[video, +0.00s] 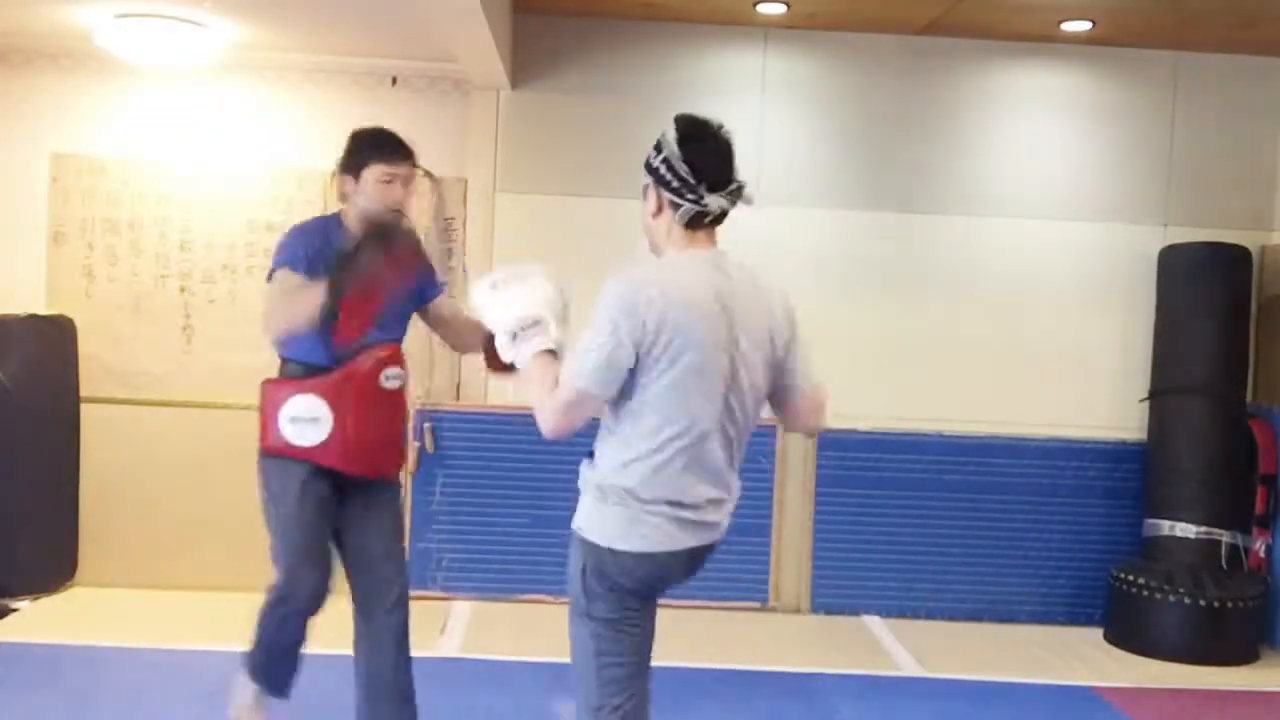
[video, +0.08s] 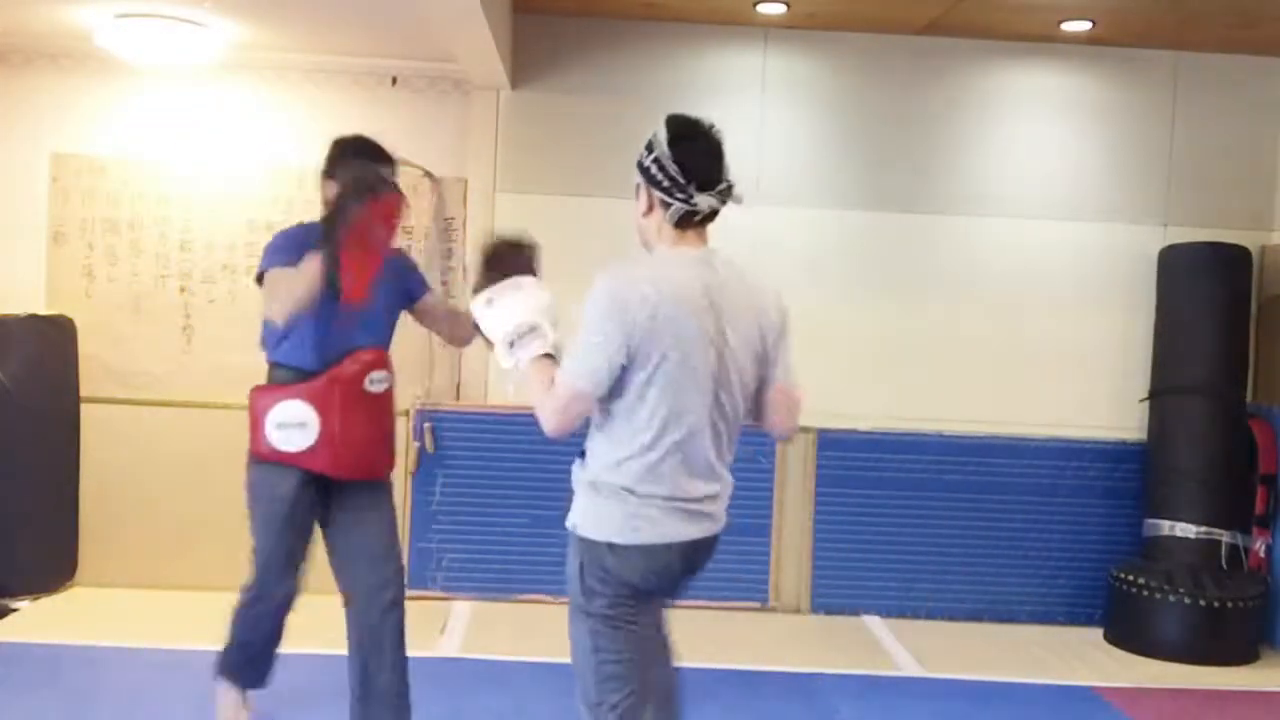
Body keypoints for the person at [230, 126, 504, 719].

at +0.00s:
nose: (401, 194)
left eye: (408, 182)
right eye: (388, 180)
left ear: (414, 187)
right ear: (347, 183)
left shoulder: (405, 250)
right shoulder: (309, 240)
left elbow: (455, 331)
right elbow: (278, 322)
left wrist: (510, 325)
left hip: (371, 440)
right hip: (300, 435)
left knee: (385, 594)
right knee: (304, 579)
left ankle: (390, 716)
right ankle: (260, 686)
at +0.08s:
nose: (387, 205)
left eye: (391, 192)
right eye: (374, 191)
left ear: (393, 195)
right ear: (335, 189)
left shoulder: (393, 264)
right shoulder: (295, 245)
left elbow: (454, 329)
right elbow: (280, 308)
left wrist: (496, 305)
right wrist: (335, 246)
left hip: (358, 439)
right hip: (289, 433)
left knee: (379, 588)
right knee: (277, 575)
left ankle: (383, 716)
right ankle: (234, 682)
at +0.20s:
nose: (346, 203)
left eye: (352, 194)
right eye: (336, 191)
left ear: (357, 199)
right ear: (309, 192)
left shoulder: (373, 267)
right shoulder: (266, 251)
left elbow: (444, 319)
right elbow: (272, 292)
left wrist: (459, 251)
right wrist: (316, 223)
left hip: (344, 440)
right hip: (272, 438)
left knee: (380, 577)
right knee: (262, 577)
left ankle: (387, 715)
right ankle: (231, 694)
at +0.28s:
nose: (339, 199)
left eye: (347, 189)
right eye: (328, 187)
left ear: (352, 195)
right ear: (300, 188)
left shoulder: (370, 261)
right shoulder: (261, 245)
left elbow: (439, 313)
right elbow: (263, 286)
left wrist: (452, 246)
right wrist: (301, 223)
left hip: (344, 426)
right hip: (271, 425)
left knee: (377, 568)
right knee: (262, 576)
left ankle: (375, 710)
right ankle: (233, 700)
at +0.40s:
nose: (334, 190)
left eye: (343, 181)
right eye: (324, 177)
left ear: (353, 187)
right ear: (298, 176)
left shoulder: (374, 249)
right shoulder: (263, 235)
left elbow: (445, 295)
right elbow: (250, 277)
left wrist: (452, 231)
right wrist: (296, 214)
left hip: (347, 416)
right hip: (272, 414)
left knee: (375, 556)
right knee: (258, 561)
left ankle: (372, 677)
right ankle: (236, 697)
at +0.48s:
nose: (338, 188)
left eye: (348, 179)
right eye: (328, 176)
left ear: (357, 185)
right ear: (301, 175)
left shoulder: (376, 247)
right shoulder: (267, 235)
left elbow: (447, 293)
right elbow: (248, 276)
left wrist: (453, 223)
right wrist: (297, 214)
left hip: (348, 414)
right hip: (274, 412)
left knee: (375, 555)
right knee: (258, 561)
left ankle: (371, 670)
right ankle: (237, 695)